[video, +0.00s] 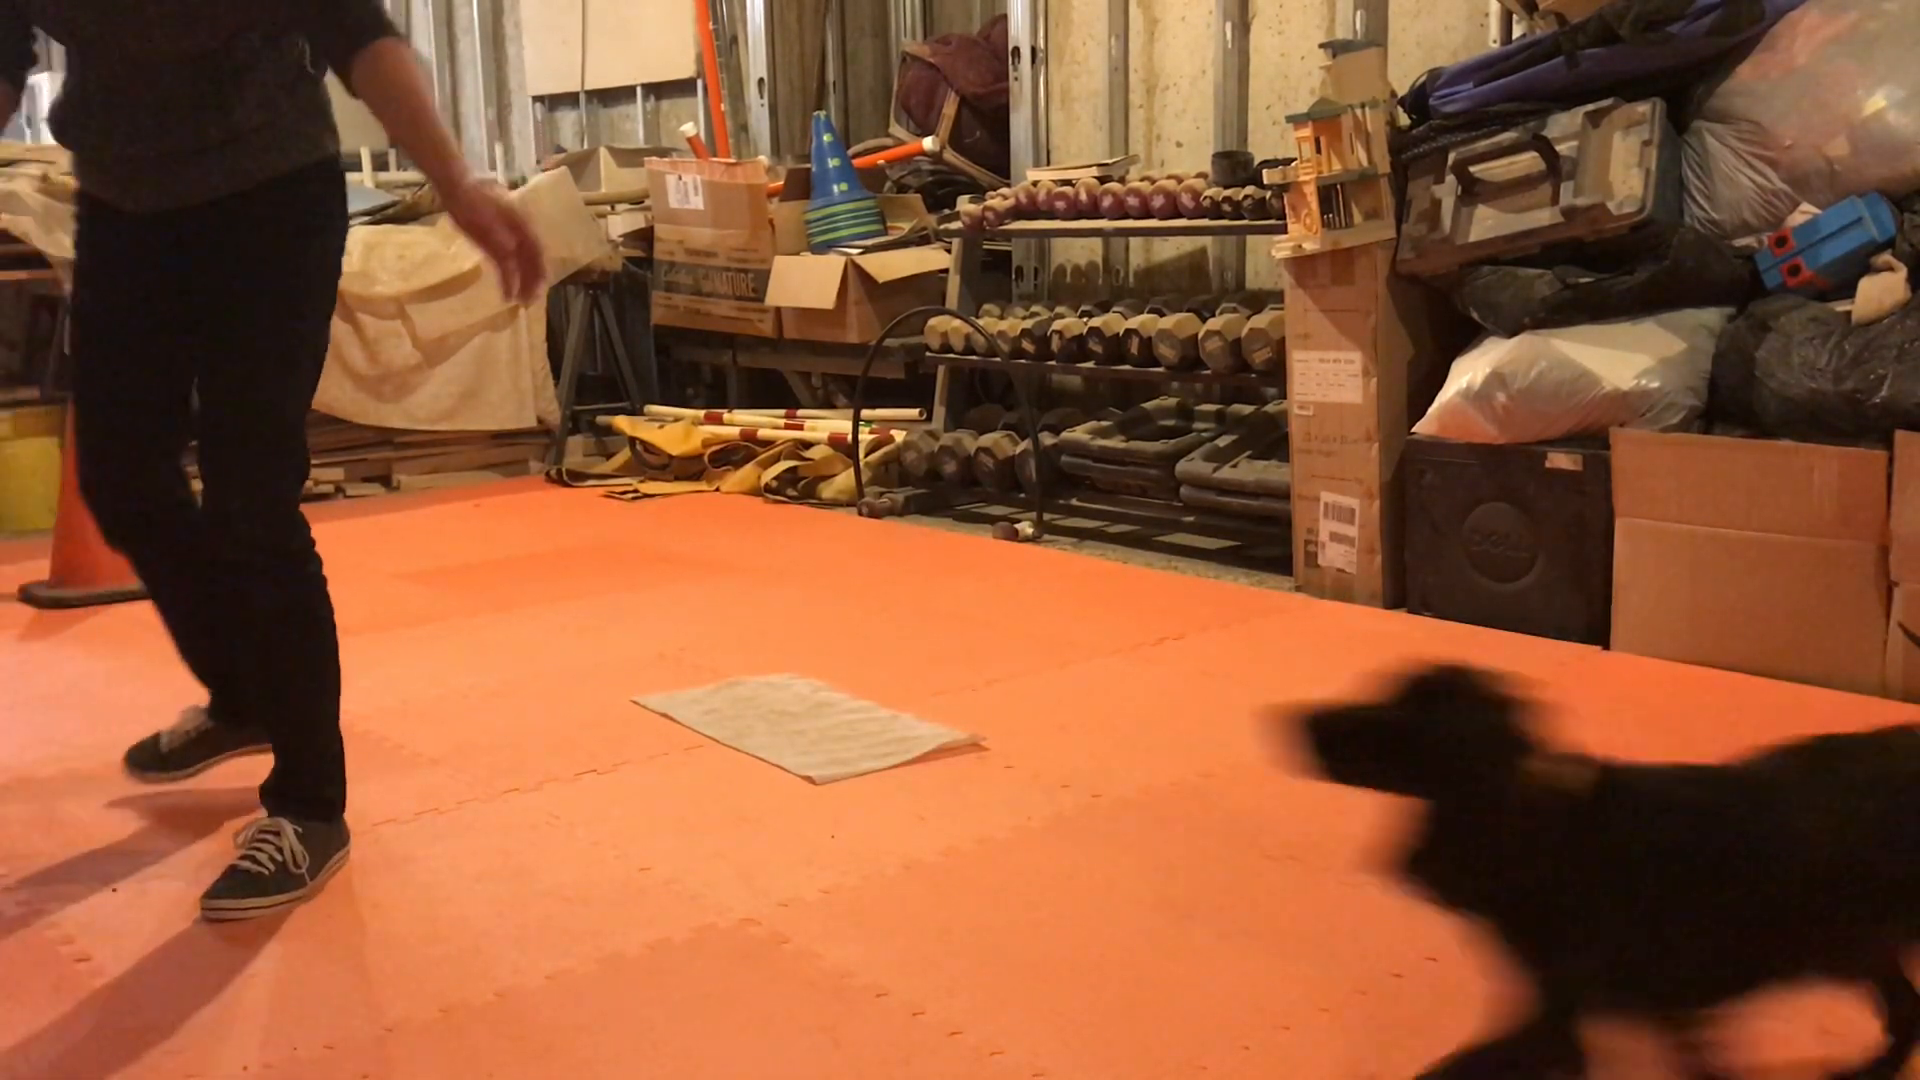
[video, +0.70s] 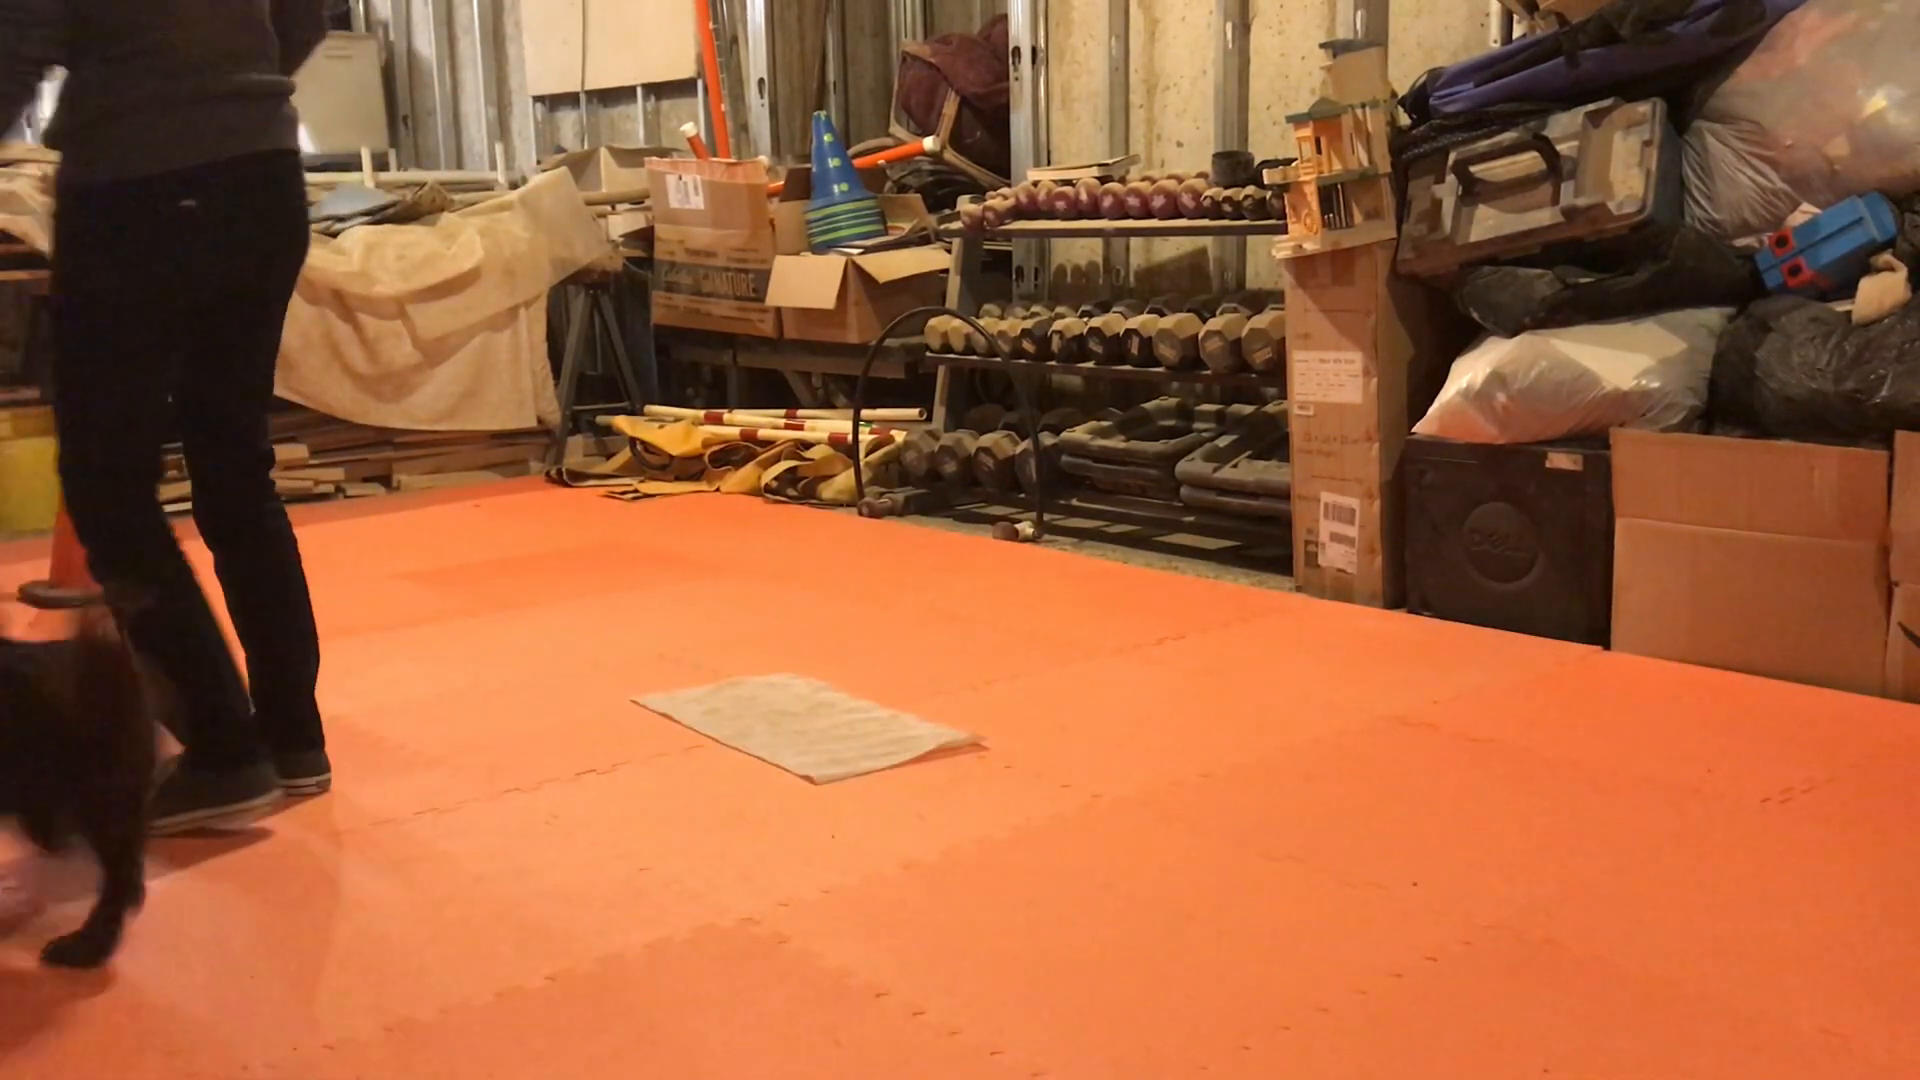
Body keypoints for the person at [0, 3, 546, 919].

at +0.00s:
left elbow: (355, 26)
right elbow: (5, 58)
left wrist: (457, 183)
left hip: (272, 187)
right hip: (123, 196)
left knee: (251, 500)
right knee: (121, 477)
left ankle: (310, 811)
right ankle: (245, 698)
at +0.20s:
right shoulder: (58, 8)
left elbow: (298, 76)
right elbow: (41, 65)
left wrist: (365, 263)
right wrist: (11, 151)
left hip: (268, 201)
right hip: (167, 215)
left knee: (246, 492)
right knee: (178, 486)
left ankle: (309, 809)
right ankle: (270, 727)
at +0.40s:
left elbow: (207, 77)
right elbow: (134, 50)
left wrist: (223, 285)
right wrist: (63, 153)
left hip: (256, 185)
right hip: (192, 195)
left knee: (225, 487)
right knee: (204, 481)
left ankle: (308, 800)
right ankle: (277, 732)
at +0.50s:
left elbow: (144, 71)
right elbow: (158, 44)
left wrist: (137, 307)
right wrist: (96, 154)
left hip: (220, 176)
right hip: (247, 166)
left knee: (178, 471)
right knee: (225, 460)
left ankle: (277, 763)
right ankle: (294, 730)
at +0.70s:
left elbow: (25, 45)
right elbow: (313, 9)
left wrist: (5, 122)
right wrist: (237, 82)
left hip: (124, 188)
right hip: (262, 171)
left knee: (110, 494)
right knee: (237, 479)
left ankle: (224, 753)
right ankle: (295, 738)